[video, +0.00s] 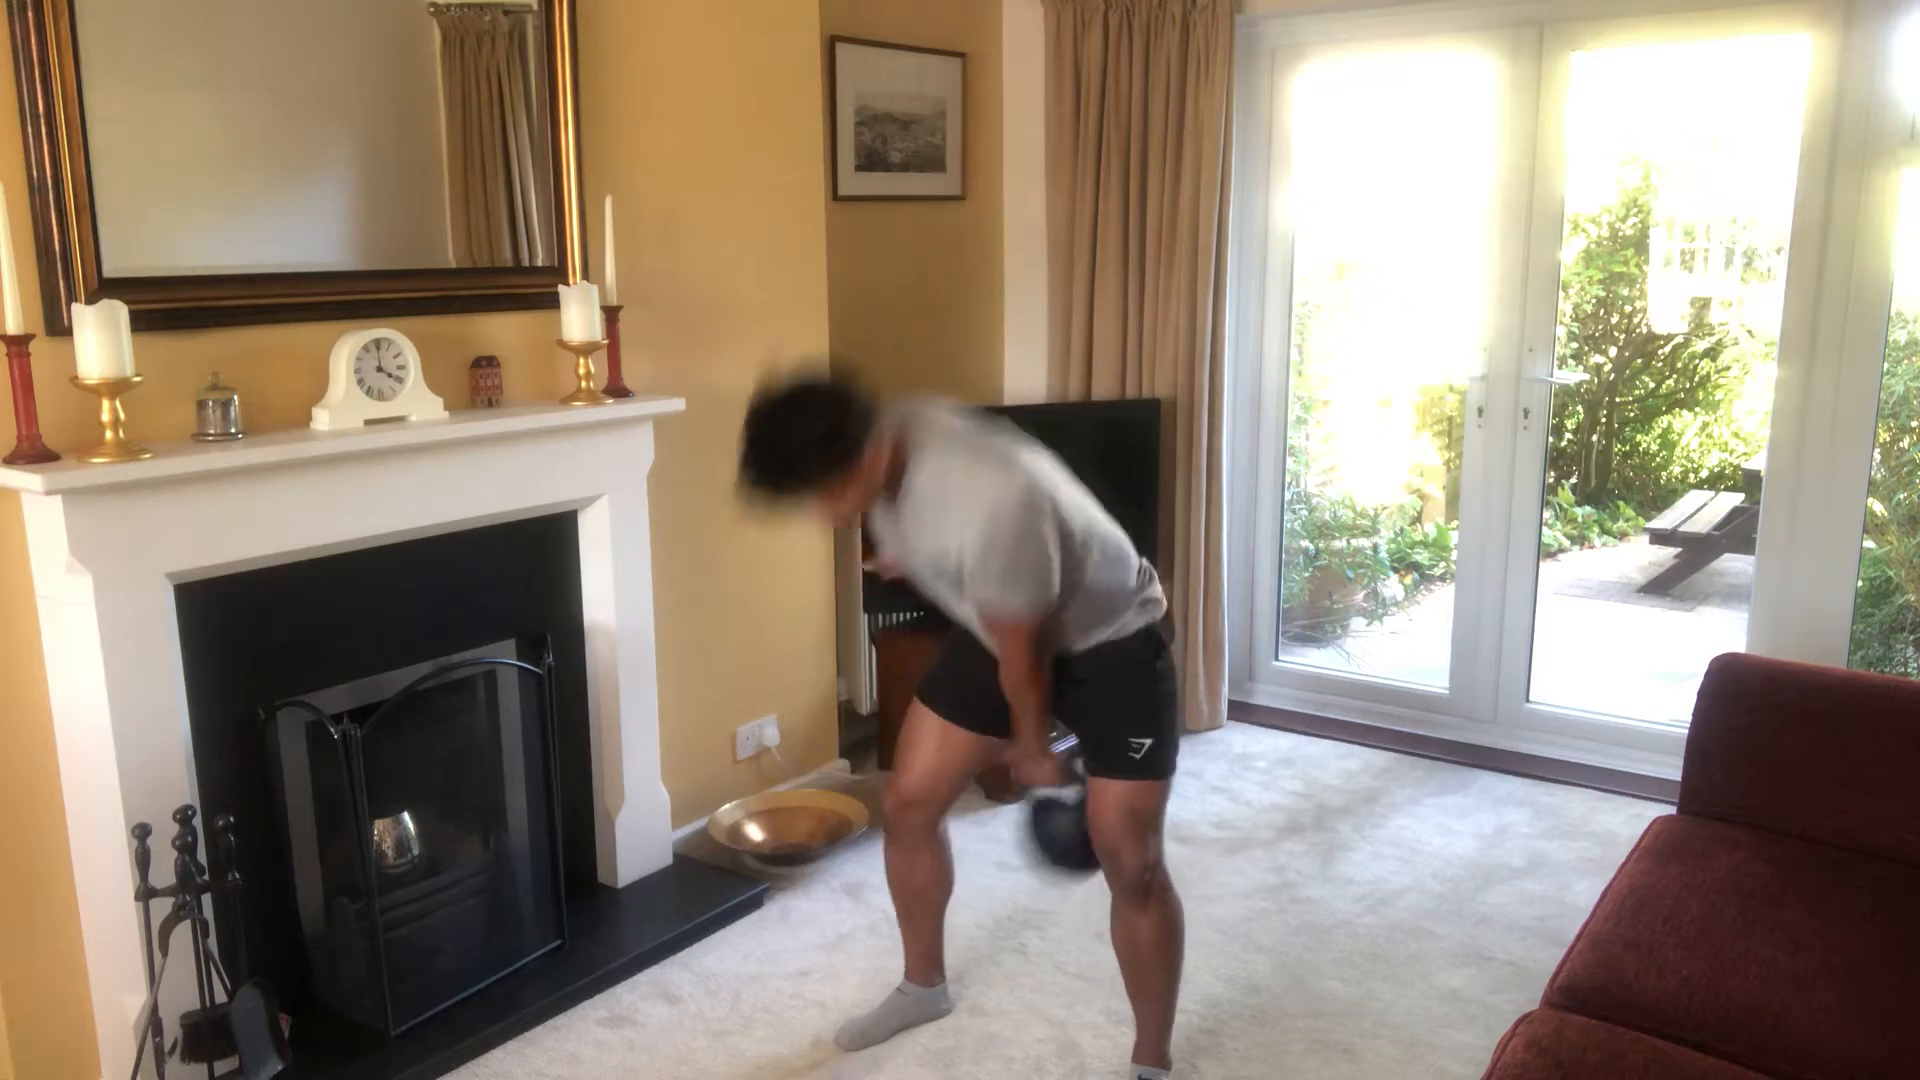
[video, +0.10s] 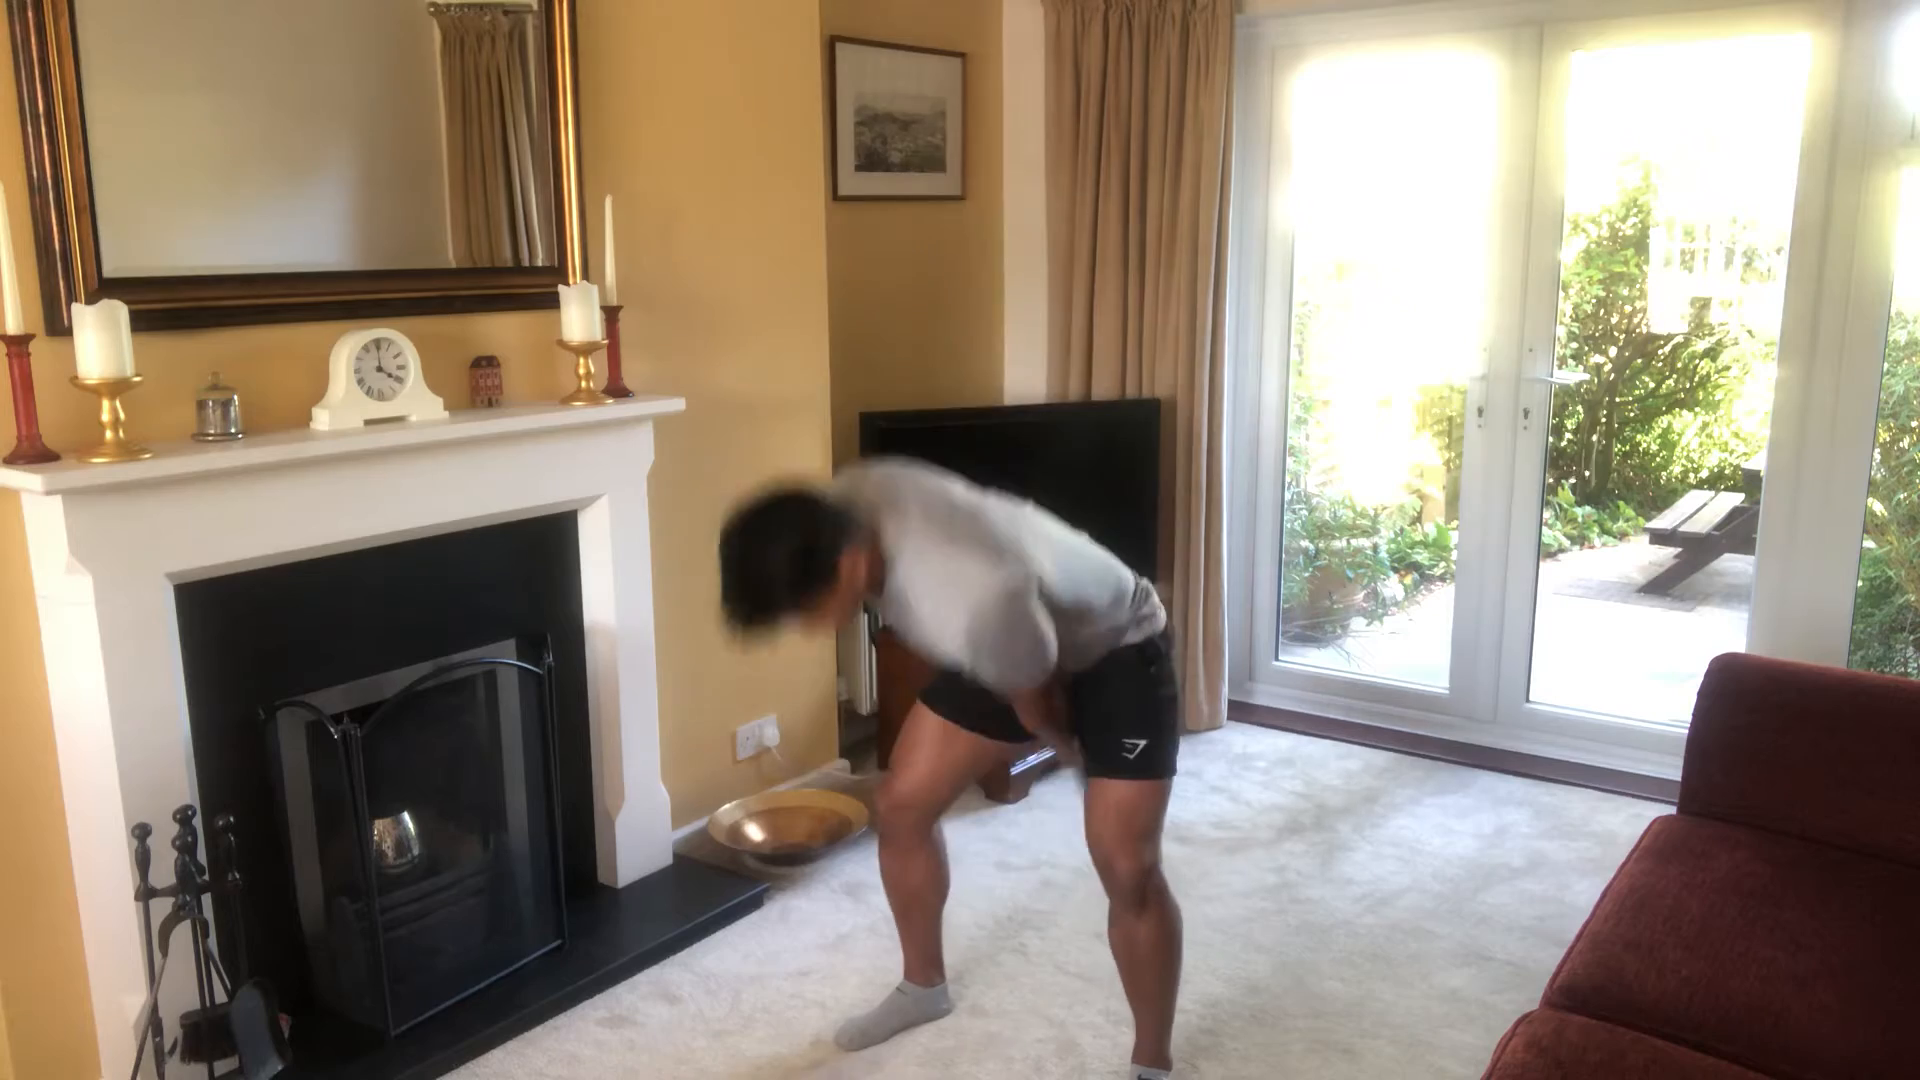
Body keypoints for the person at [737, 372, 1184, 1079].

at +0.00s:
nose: (823, 510)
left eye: (820, 493)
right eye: (810, 499)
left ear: (851, 461)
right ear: (852, 446)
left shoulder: (992, 499)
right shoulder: (887, 442)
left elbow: (1021, 654)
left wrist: (1034, 754)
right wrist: (906, 560)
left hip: (1110, 636)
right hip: (995, 626)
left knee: (1130, 861)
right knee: (909, 802)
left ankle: (1153, 1063)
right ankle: (924, 985)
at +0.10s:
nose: (812, 626)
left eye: (810, 609)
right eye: (796, 617)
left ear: (847, 565)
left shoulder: (974, 601)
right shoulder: (857, 488)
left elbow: (1038, 703)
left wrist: (1065, 747)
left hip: (1117, 642)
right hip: (1012, 636)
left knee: (1129, 868)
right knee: (901, 808)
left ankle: (1152, 1062)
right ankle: (924, 985)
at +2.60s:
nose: (990, 219)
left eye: (1010, 195)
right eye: (980, 200)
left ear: (1066, 194)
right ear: (972, 205)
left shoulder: (1109, 304)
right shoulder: (975, 319)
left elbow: (1000, 329)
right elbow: (957, 449)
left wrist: (849, 331)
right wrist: (908, 556)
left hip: (1074, 615)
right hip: (963, 606)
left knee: (1109, 830)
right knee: (958, 799)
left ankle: (1153, 1050)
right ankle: (928, 980)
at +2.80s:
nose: (990, 221)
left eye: (1010, 198)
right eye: (979, 202)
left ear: (1065, 198)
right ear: (969, 206)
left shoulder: (1106, 309)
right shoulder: (977, 318)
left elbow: (997, 362)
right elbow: (955, 455)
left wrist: (827, 378)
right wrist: (915, 562)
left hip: (1076, 618)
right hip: (964, 609)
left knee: (1110, 836)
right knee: (956, 802)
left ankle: (1152, 1055)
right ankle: (928, 980)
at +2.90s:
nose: (983, 237)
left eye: (1000, 214)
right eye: (970, 219)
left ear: (1054, 203)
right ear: (963, 217)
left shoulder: (1102, 312)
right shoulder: (968, 323)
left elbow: (1004, 399)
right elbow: (949, 458)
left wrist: (853, 464)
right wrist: (902, 558)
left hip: (1079, 616)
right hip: (968, 606)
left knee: (1109, 835)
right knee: (952, 803)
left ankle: (1151, 1054)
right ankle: (928, 980)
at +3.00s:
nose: (952, 262)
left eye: (968, 240)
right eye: (939, 245)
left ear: (1019, 220)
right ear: (928, 238)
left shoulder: (1076, 320)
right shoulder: (952, 321)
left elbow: (990, 468)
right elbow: (935, 449)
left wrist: (885, 582)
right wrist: (882, 561)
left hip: (1082, 613)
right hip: (974, 603)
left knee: (1109, 835)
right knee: (941, 799)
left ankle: (1150, 1053)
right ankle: (926, 983)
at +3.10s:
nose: (897, 317)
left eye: (909, 296)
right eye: (887, 301)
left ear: (960, 270)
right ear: (883, 287)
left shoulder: (1038, 357)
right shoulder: (922, 343)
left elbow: (996, 549)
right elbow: (920, 450)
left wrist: (933, 692)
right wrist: (878, 541)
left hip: (1093, 615)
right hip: (991, 605)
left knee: (1115, 843)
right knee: (926, 780)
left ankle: (1151, 1056)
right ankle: (926, 980)